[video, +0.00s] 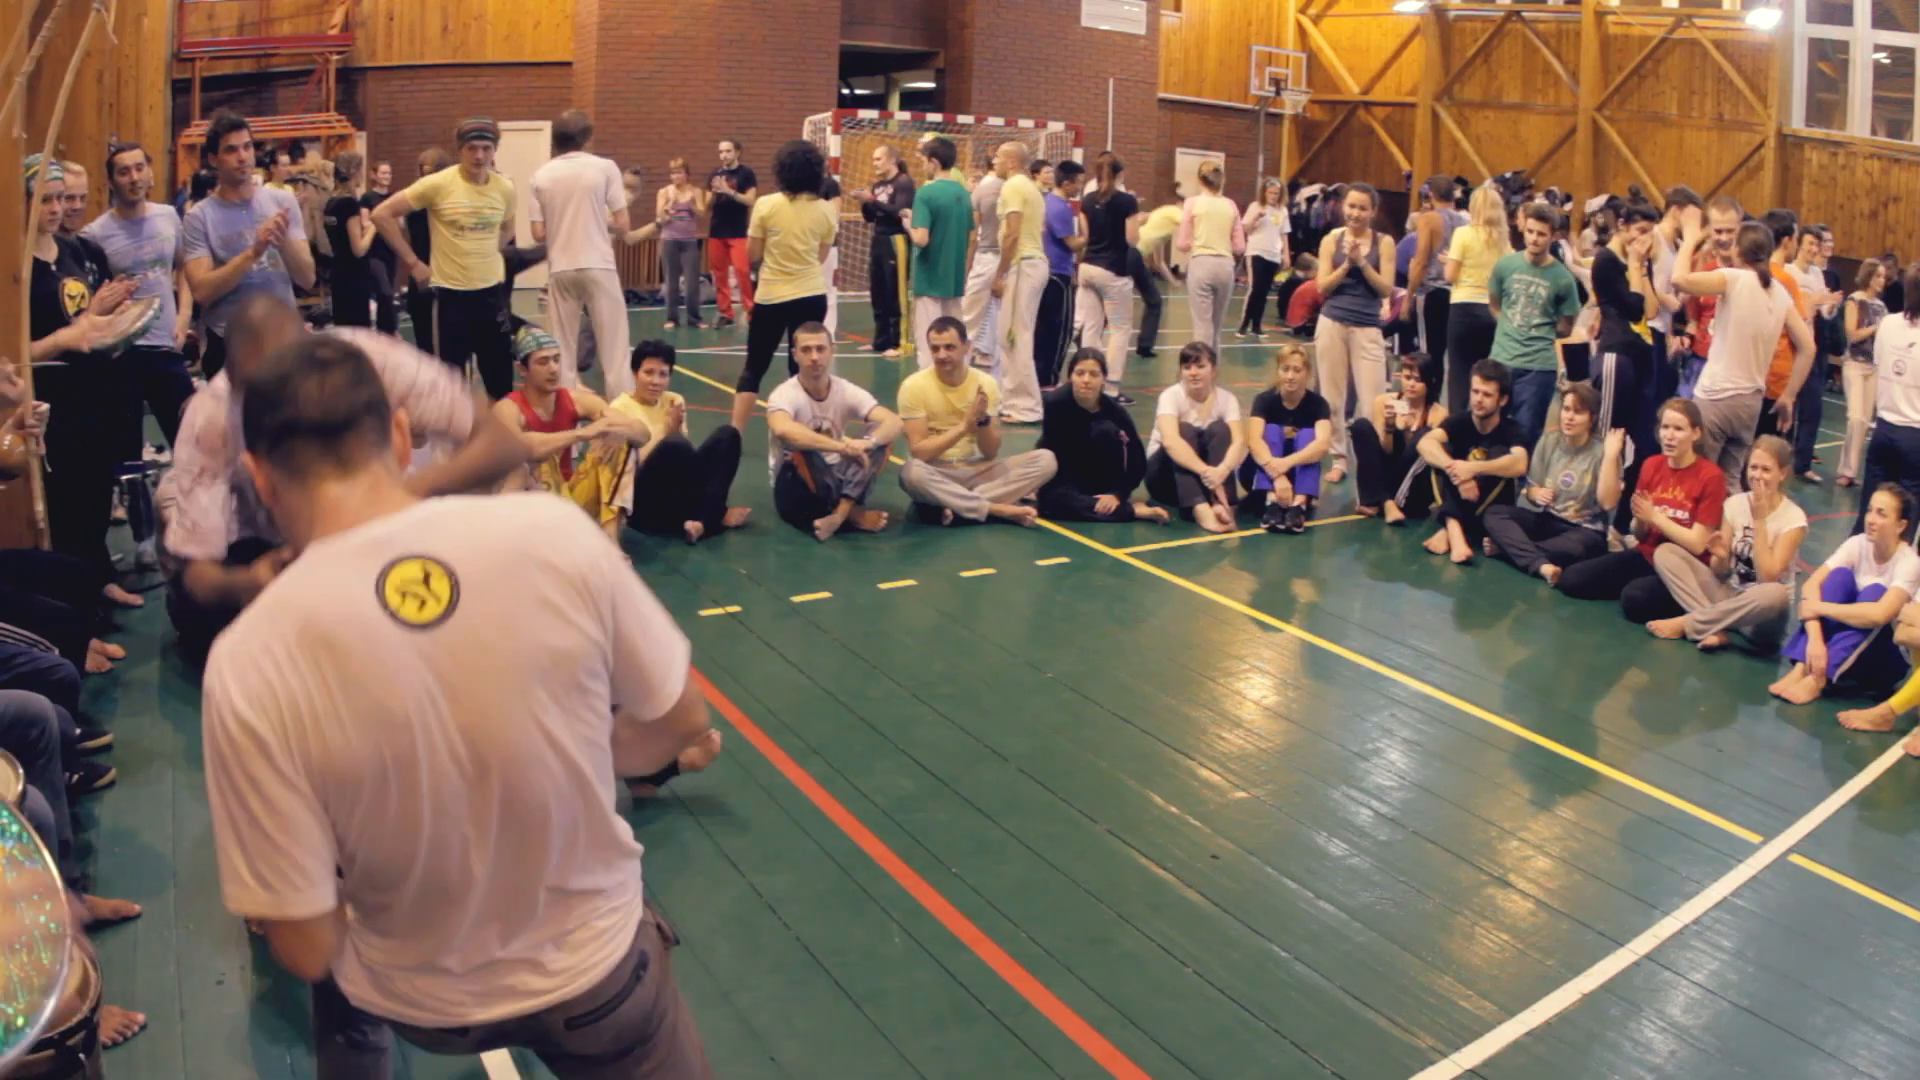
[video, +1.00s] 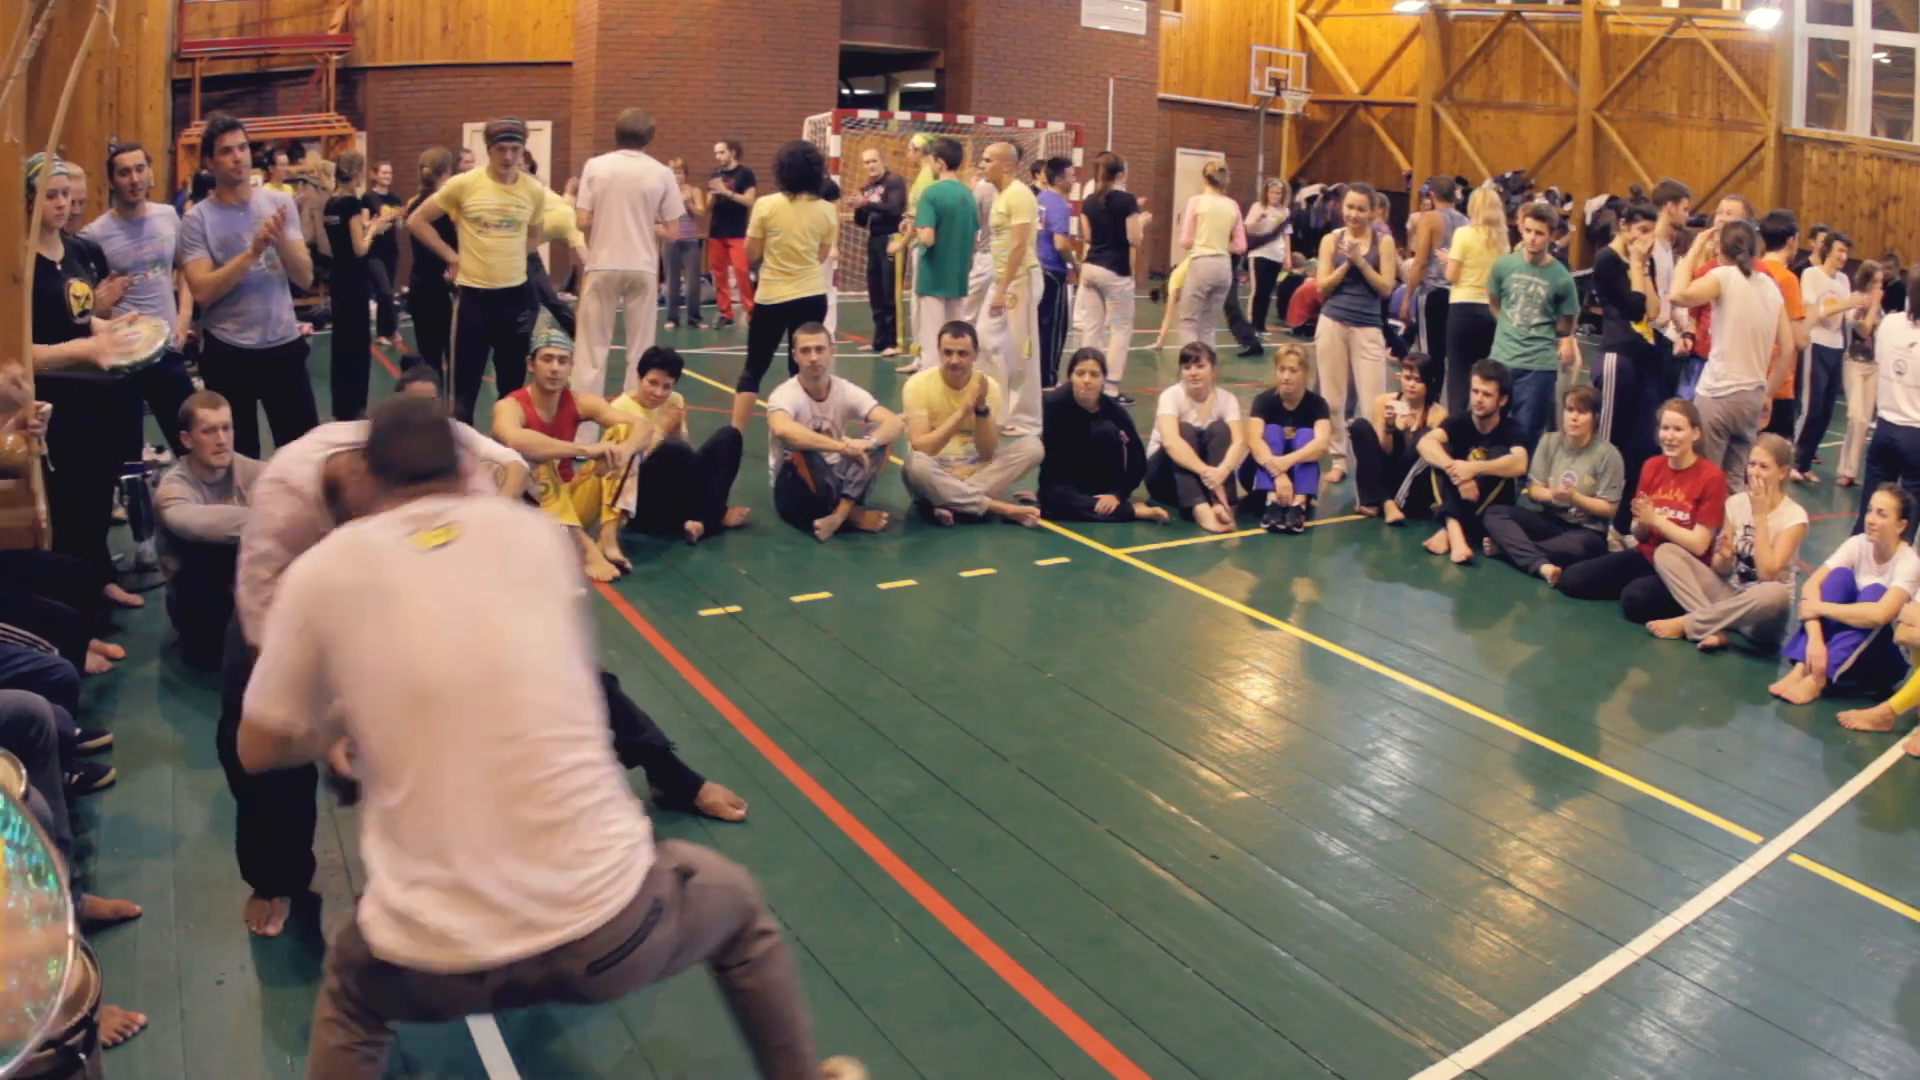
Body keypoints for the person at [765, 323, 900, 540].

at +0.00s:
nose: (814, 357)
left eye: (821, 349)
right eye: (806, 350)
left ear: (832, 351)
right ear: (794, 354)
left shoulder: (843, 389)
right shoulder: (784, 394)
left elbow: (894, 423)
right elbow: (782, 430)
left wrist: (869, 442)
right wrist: (841, 447)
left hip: (839, 492)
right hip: (797, 496)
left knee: (881, 440)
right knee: (802, 451)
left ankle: (839, 514)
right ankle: (851, 512)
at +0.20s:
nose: (814, 358)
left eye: (821, 350)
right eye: (806, 351)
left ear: (832, 351)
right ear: (794, 355)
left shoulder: (844, 390)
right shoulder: (784, 394)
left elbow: (895, 423)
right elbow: (782, 430)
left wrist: (869, 442)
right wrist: (841, 447)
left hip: (839, 492)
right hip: (797, 497)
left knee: (881, 439)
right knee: (802, 450)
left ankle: (838, 515)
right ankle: (852, 511)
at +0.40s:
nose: (814, 358)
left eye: (820, 350)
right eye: (805, 351)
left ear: (832, 351)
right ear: (794, 355)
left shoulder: (844, 390)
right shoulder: (784, 394)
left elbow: (896, 422)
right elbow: (782, 430)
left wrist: (870, 442)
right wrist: (841, 447)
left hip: (839, 492)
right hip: (797, 497)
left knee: (881, 439)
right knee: (803, 448)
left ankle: (838, 515)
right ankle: (852, 511)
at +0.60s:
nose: (815, 358)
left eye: (821, 350)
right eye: (807, 351)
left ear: (832, 352)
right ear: (794, 355)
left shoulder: (844, 390)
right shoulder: (784, 394)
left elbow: (896, 423)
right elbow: (782, 430)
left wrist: (869, 442)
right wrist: (841, 447)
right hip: (797, 497)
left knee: (881, 439)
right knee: (803, 448)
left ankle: (839, 515)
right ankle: (852, 511)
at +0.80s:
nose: (814, 358)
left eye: (821, 350)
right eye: (806, 351)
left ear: (832, 351)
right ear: (794, 355)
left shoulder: (844, 390)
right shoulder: (784, 394)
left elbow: (895, 423)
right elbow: (782, 430)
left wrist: (870, 442)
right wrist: (841, 446)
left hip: (839, 492)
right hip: (797, 496)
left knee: (881, 439)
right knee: (803, 449)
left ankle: (838, 515)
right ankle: (852, 511)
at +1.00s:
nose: (813, 358)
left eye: (820, 350)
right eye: (805, 351)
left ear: (831, 352)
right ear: (794, 355)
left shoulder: (844, 390)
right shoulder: (784, 394)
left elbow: (895, 423)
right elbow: (782, 430)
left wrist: (870, 442)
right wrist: (841, 447)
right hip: (797, 497)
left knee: (880, 440)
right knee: (803, 450)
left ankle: (838, 515)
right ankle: (852, 511)